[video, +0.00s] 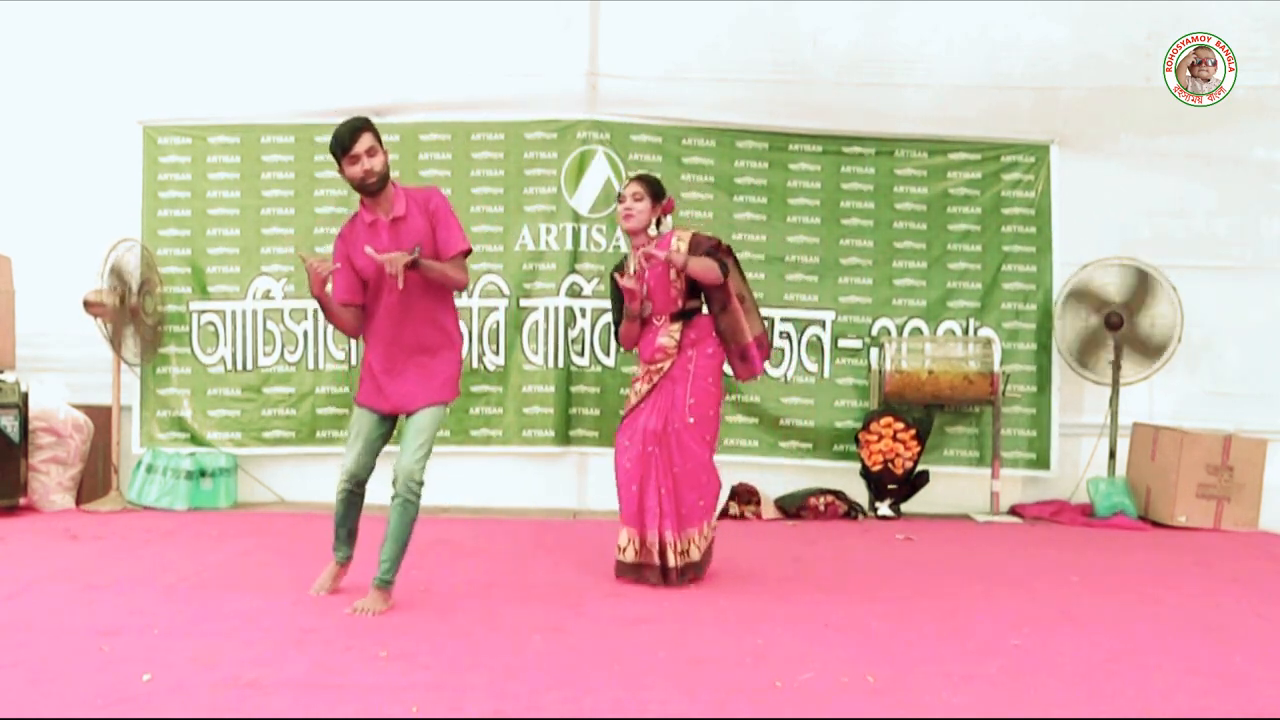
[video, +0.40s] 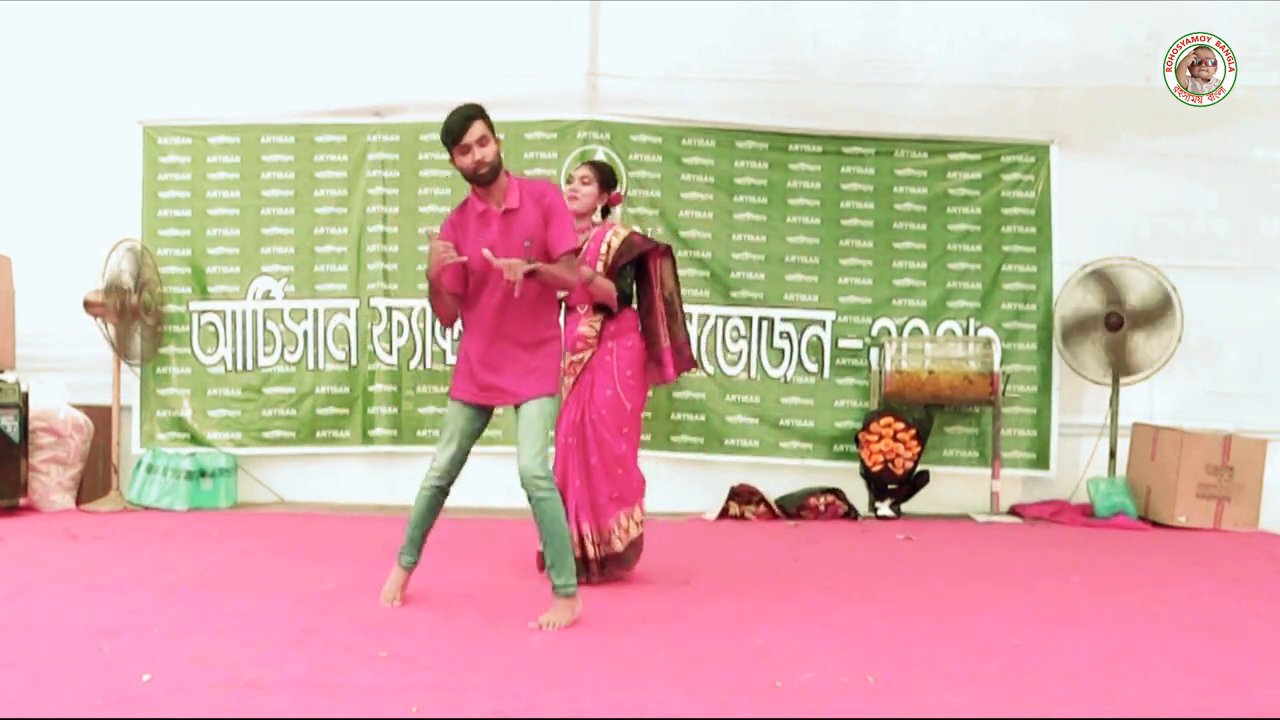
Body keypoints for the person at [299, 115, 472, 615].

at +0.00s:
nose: (367, 165)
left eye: (372, 152)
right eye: (354, 160)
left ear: (386, 152)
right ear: (343, 172)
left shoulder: (429, 202)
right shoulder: (350, 236)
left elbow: (460, 277)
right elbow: (353, 325)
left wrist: (415, 260)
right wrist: (321, 293)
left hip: (435, 362)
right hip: (380, 365)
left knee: (408, 474)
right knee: (352, 473)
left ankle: (382, 587)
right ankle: (340, 559)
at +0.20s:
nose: (412, 158)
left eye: (417, 145)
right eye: (400, 152)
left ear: (431, 141)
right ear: (388, 160)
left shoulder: (471, 186)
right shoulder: (391, 221)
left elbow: (497, 263)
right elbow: (381, 307)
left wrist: (455, 234)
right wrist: (355, 262)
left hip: (475, 353)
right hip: (421, 353)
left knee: (444, 466)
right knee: (400, 462)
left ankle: (403, 577)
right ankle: (400, 571)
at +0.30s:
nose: (436, 157)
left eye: (441, 144)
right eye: (423, 152)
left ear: (455, 140)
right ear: (412, 160)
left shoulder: (498, 189)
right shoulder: (413, 219)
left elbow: (524, 266)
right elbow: (401, 308)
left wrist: (482, 242)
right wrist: (381, 259)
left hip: (497, 356)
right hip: (441, 357)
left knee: (482, 460)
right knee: (413, 467)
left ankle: (464, 574)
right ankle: (398, 569)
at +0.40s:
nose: (478, 155)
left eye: (483, 142)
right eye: (465, 150)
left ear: (498, 142)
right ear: (454, 162)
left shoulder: (544, 196)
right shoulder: (456, 225)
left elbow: (575, 277)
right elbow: (447, 316)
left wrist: (530, 268)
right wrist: (436, 276)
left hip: (537, 356)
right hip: (479, 358)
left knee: (534, 471)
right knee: (442, 469)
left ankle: (566, 596)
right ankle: (404, 567)